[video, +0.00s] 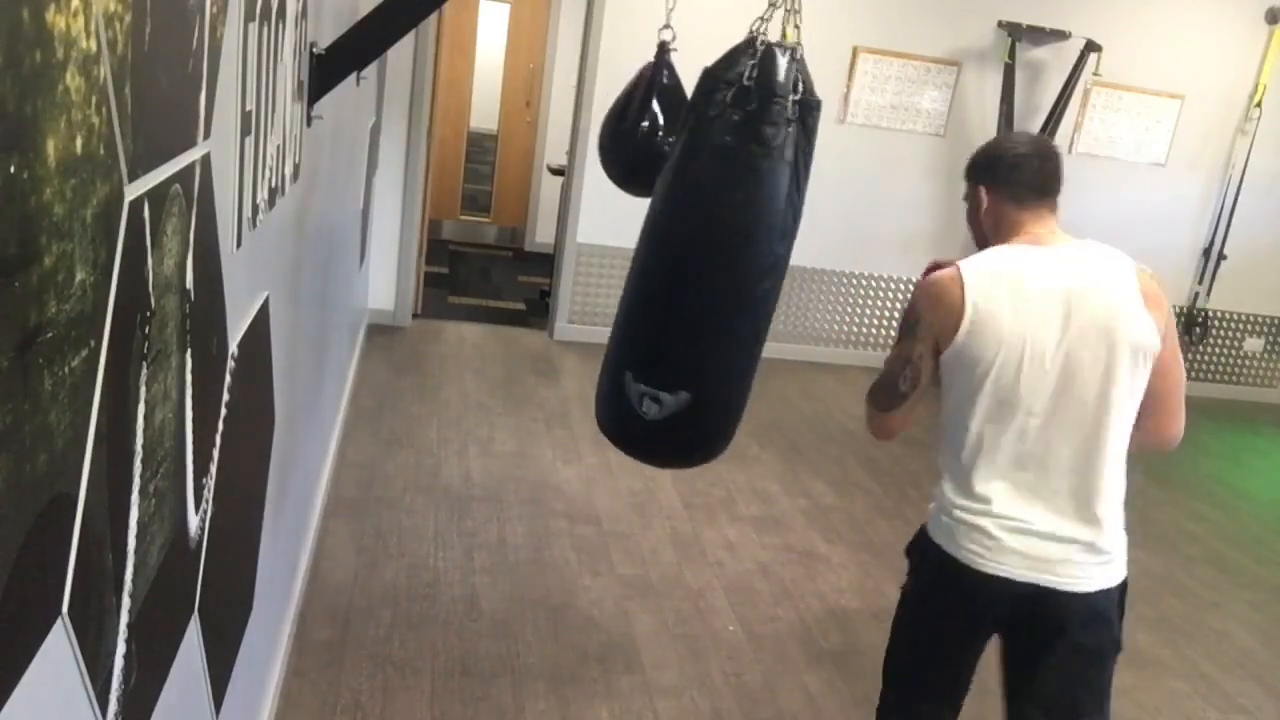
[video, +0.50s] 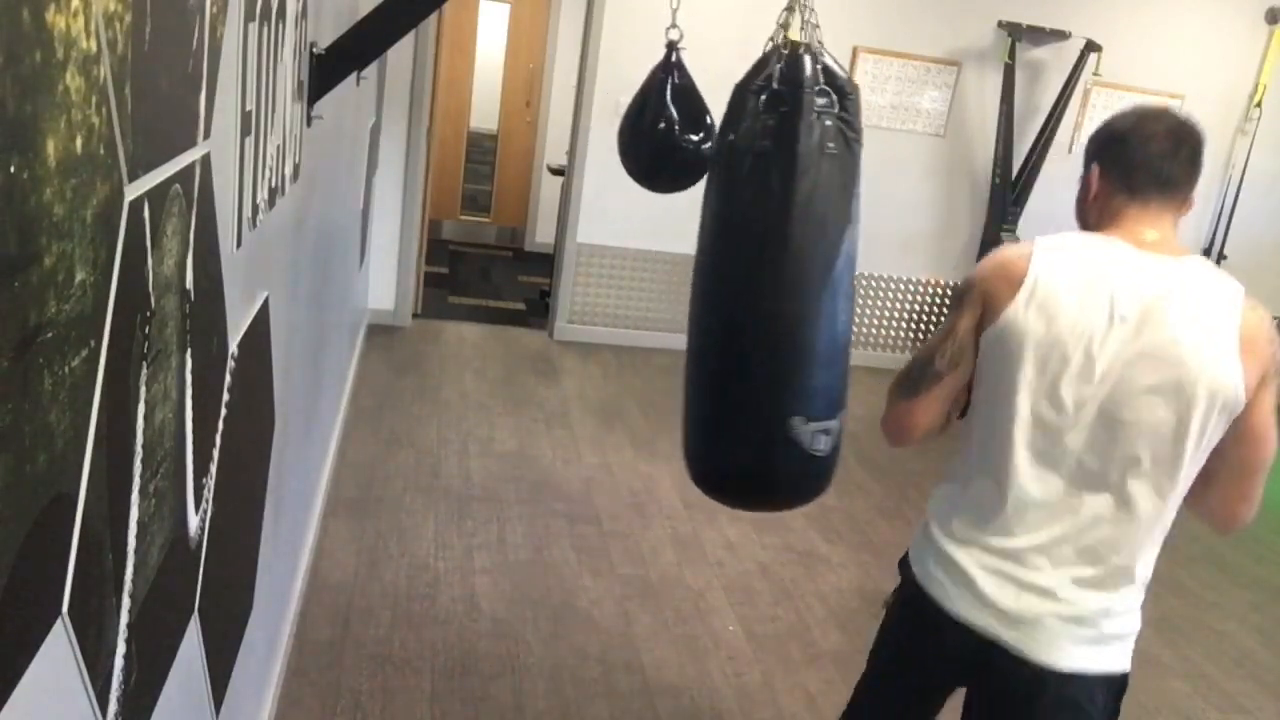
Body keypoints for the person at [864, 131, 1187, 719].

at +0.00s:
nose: (967, 219)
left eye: (967, 202)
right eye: (967, 202)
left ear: (984, 199)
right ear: (1054, 197)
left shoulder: (953, 290)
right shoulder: (1142, 291)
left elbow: (885, 420)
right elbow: (1165, 429)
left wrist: (923, 314)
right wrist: (1077, 419)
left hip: (962, 570)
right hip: (1082, 589)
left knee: (913, 711)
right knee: (1068, 713)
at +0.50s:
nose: (1078, 193)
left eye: (1081, 179)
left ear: (1093, 182)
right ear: (1188, 203)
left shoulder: (1014, 270)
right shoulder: (1247, 328)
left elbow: (902, 423)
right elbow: (1231, 509)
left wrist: (981, 376)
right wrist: (1153, 440)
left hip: (942, 606)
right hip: (1077, 655)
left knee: (878, 709)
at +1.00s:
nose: (1021, 217)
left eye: (1021, 202)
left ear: (1033, 203)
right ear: (1129, 212)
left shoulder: (966, 289)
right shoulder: (1197, 339)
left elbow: (854, 445)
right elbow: (1182, 510)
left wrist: (900, 375)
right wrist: (1108, 442)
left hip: (902, 630)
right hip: (1042, 673)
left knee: (825, 711)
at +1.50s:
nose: (867, 187)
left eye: (869, 173)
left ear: (875, 178)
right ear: (961, 182)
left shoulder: (819, 250)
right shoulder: (1013, 284)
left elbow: (754, 382)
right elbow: (1004, 420)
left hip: (797, 560)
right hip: (913, 585)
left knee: (752, 707)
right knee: (897, 712)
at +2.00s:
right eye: (862, 170)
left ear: (782, 171)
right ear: (861, 178)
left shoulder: (729, 226)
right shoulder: (885, 265)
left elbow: (663, 280)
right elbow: (933, 415)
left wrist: (706, 222)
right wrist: (878, 397)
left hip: (706, 526)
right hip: (811, 548)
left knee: (646, 694)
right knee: (828, 708)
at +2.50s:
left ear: (788, 190)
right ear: (867, 197)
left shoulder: (738, 254)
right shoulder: (912, 282)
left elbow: (671, 386)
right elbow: (940, 427)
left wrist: (747, 345)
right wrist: (864, 398)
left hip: (720, 545)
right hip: (832, 572)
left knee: (649, 699)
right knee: (821, 712)